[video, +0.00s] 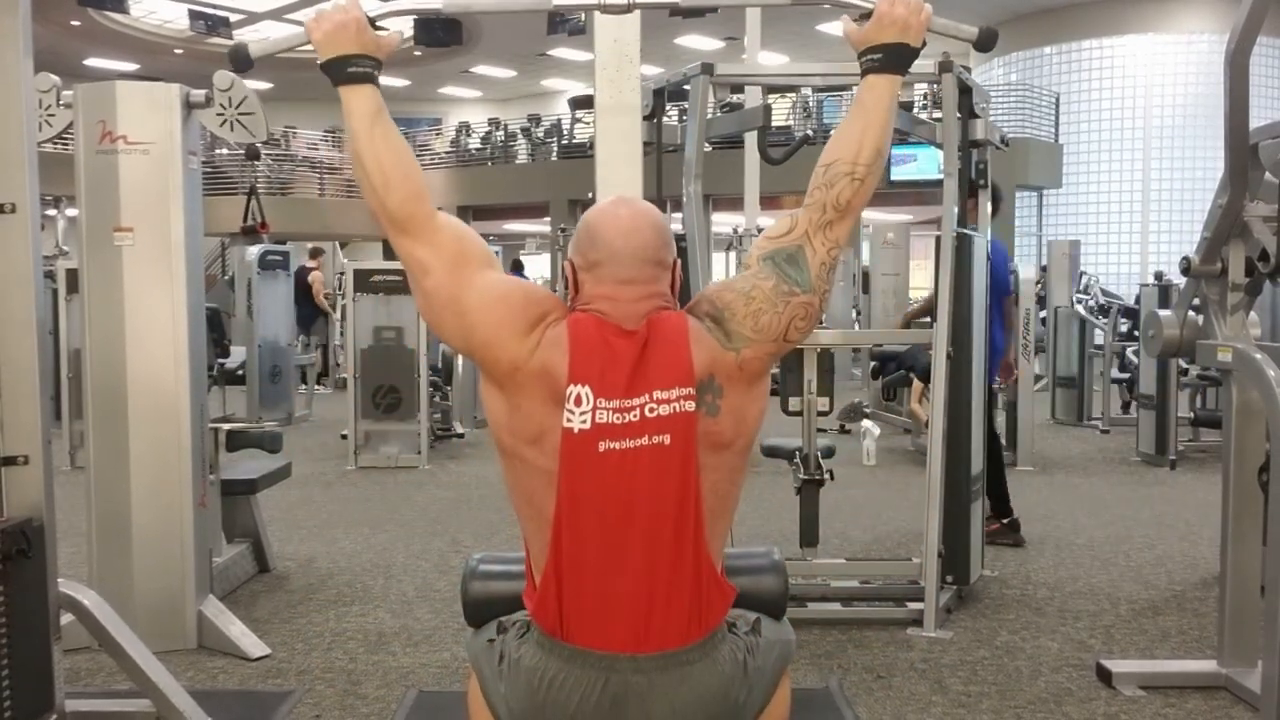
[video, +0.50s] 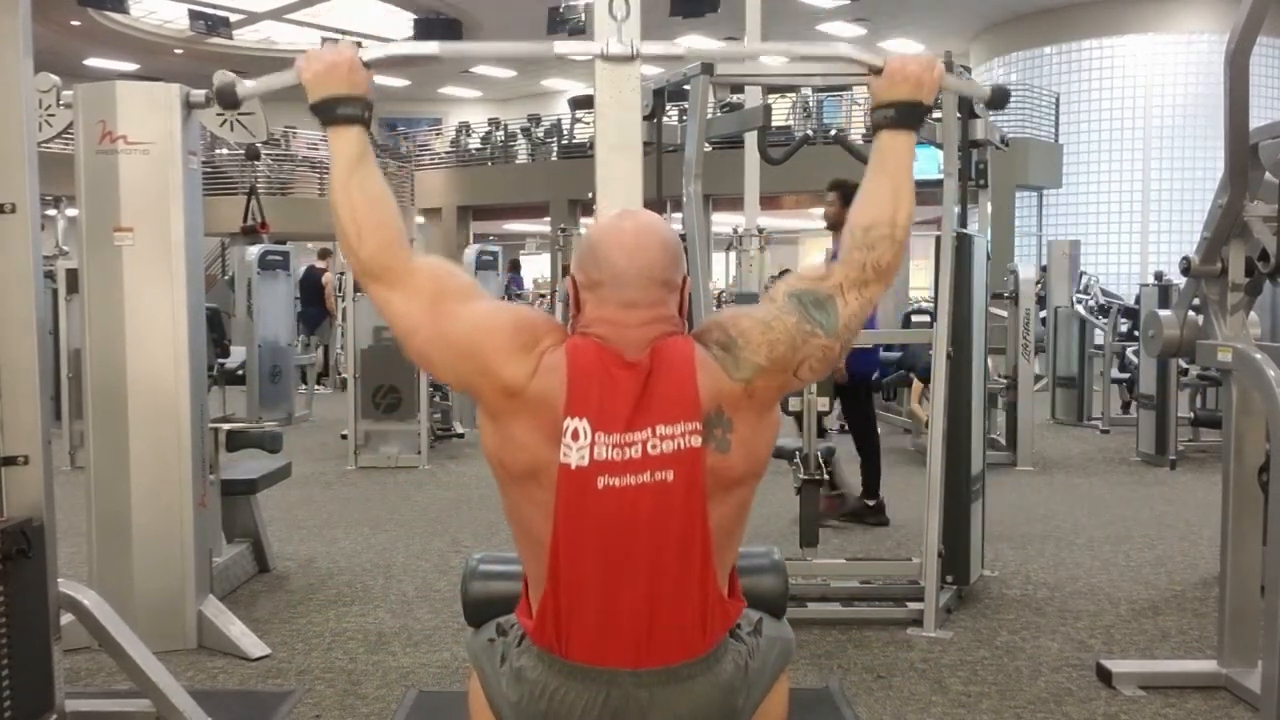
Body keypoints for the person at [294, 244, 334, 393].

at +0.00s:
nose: (322, 261)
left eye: (322, 258)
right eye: (322, 258)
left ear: (309, 257)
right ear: (319, 258)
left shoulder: (299, 270)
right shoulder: (316, 275)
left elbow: (303, 293)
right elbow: (318, 297)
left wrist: (322, 293)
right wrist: (330, 311)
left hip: (302, 313)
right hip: (315, 314)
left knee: (303, 347)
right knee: (317, 348)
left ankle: (303, 381)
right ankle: (316, 382)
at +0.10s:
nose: (324, 260)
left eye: (324, 258)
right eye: (324, 258)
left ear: (311, 257)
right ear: (321, 258)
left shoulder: (301, 270)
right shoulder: (319, 275)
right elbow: (321, 298)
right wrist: (331, 313)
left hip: (302, 311)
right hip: (316, 313)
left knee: (303, 346)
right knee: (317, 347)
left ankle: (302, 381)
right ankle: (315, 381)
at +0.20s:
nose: (326, 260)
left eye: (326, 258)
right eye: (326, 258)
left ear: (313, 257)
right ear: (324, 258)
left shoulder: (302, 270)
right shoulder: (321, 275)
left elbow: (298, 292)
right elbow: (324, 298)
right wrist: (332, 314)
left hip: (303, 312)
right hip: (318, 313)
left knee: (303, 346)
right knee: (320, 347)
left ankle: (303, 381)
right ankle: (317, 381)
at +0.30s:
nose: (328, 261)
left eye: (327, 258)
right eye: (328, 258)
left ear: (315, 257)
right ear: (326, 258)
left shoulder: (304, 270)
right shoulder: (324, 276)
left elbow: (299, 290)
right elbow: (326, 298)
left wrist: (303, 305)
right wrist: (333, 314)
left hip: (303, 312)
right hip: (319, 314)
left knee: (303, 346)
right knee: (322, 347)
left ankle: (303, 380)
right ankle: (319, 380)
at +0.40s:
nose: (329, 261)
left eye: (328, 258)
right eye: (329, 258)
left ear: (316, 257)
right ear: (327, 258)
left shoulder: (305, 270)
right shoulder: (326, 276)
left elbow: (301, 291)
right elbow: (328, 298)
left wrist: (304, 306)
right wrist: (334, 313)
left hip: (304, 312)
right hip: (321, 314)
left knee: (304, 346)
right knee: (326, 346)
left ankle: (304, 380)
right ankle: (323, 378)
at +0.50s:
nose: (331, 261)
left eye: (329, 259)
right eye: (330, 259)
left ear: (317, 257)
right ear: (328, 259)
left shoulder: (306, 271)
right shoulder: (326, 276)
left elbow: (301, 291)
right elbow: (329, 299)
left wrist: (304, 306)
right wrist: (334, 314)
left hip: (306, 312)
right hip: (322, 313)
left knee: (305, 346)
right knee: (326, 346)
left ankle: (304, 380)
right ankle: (324, 377)